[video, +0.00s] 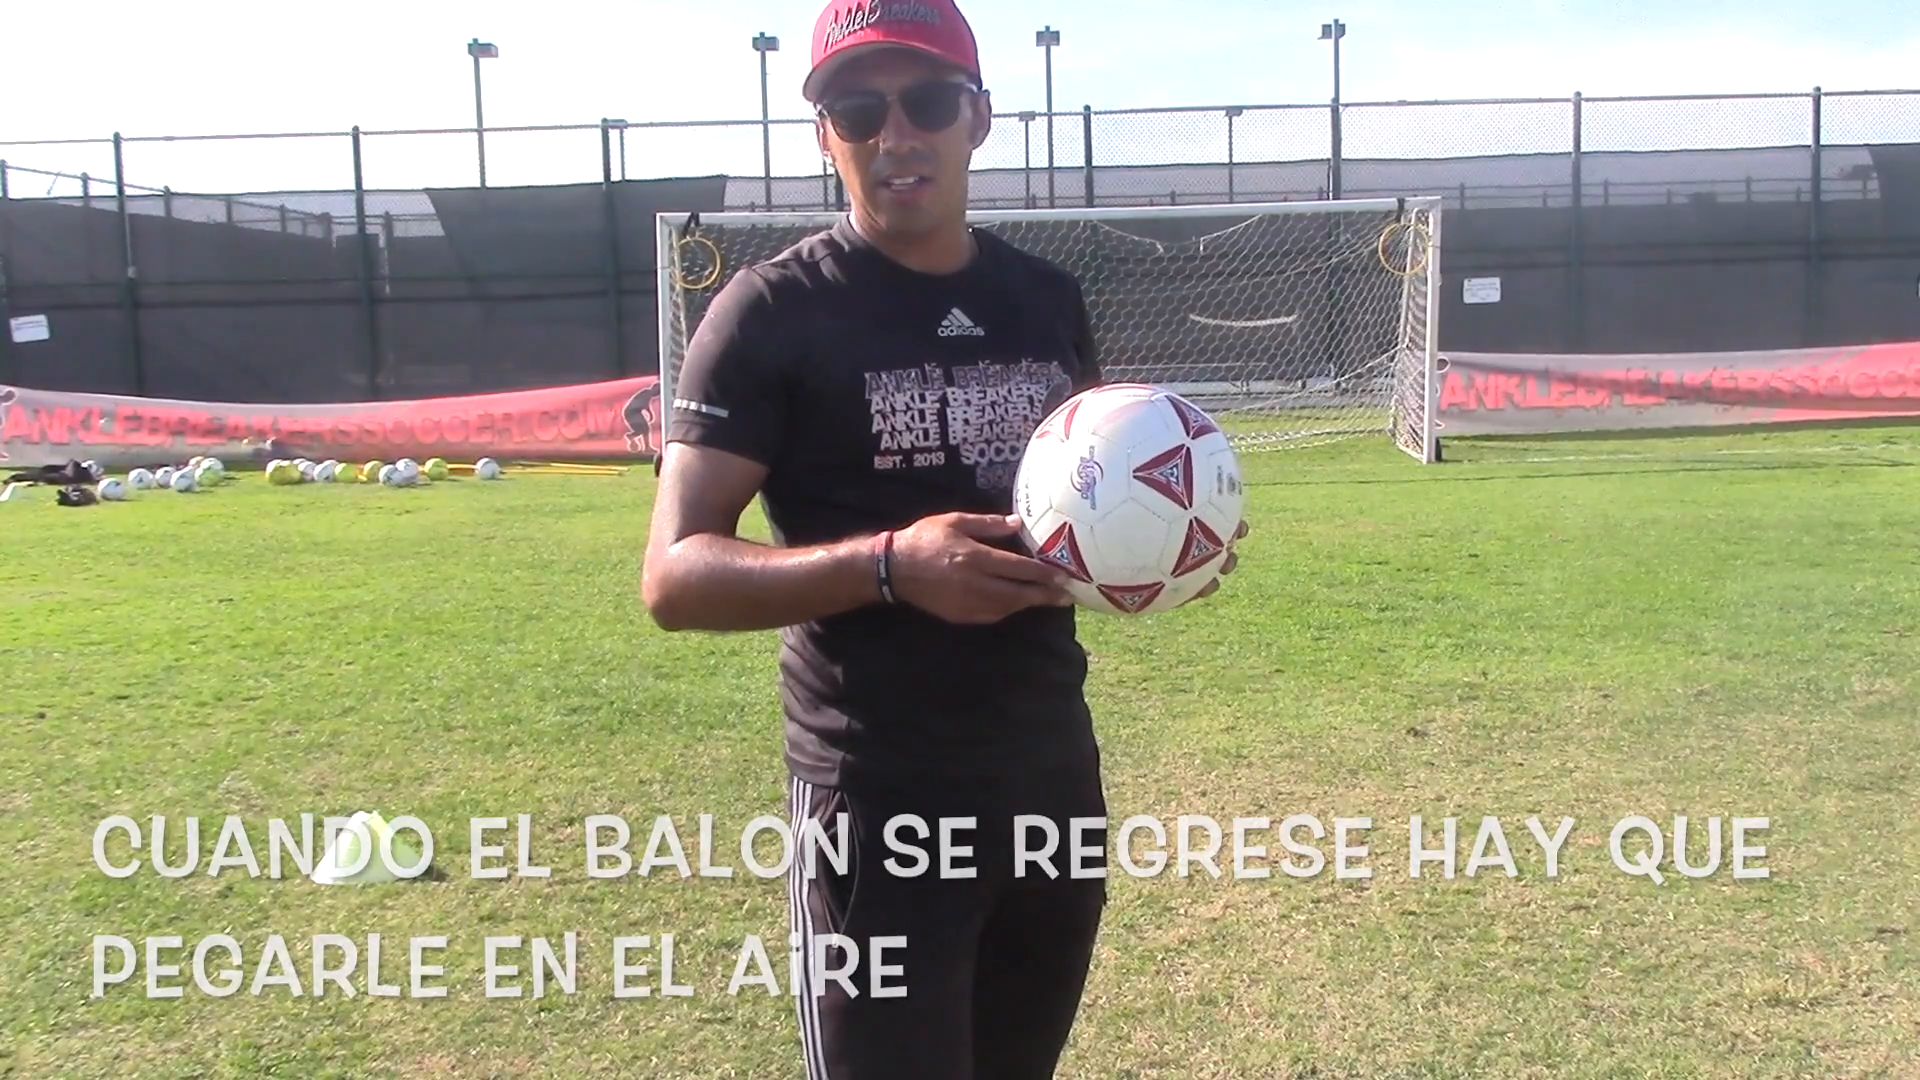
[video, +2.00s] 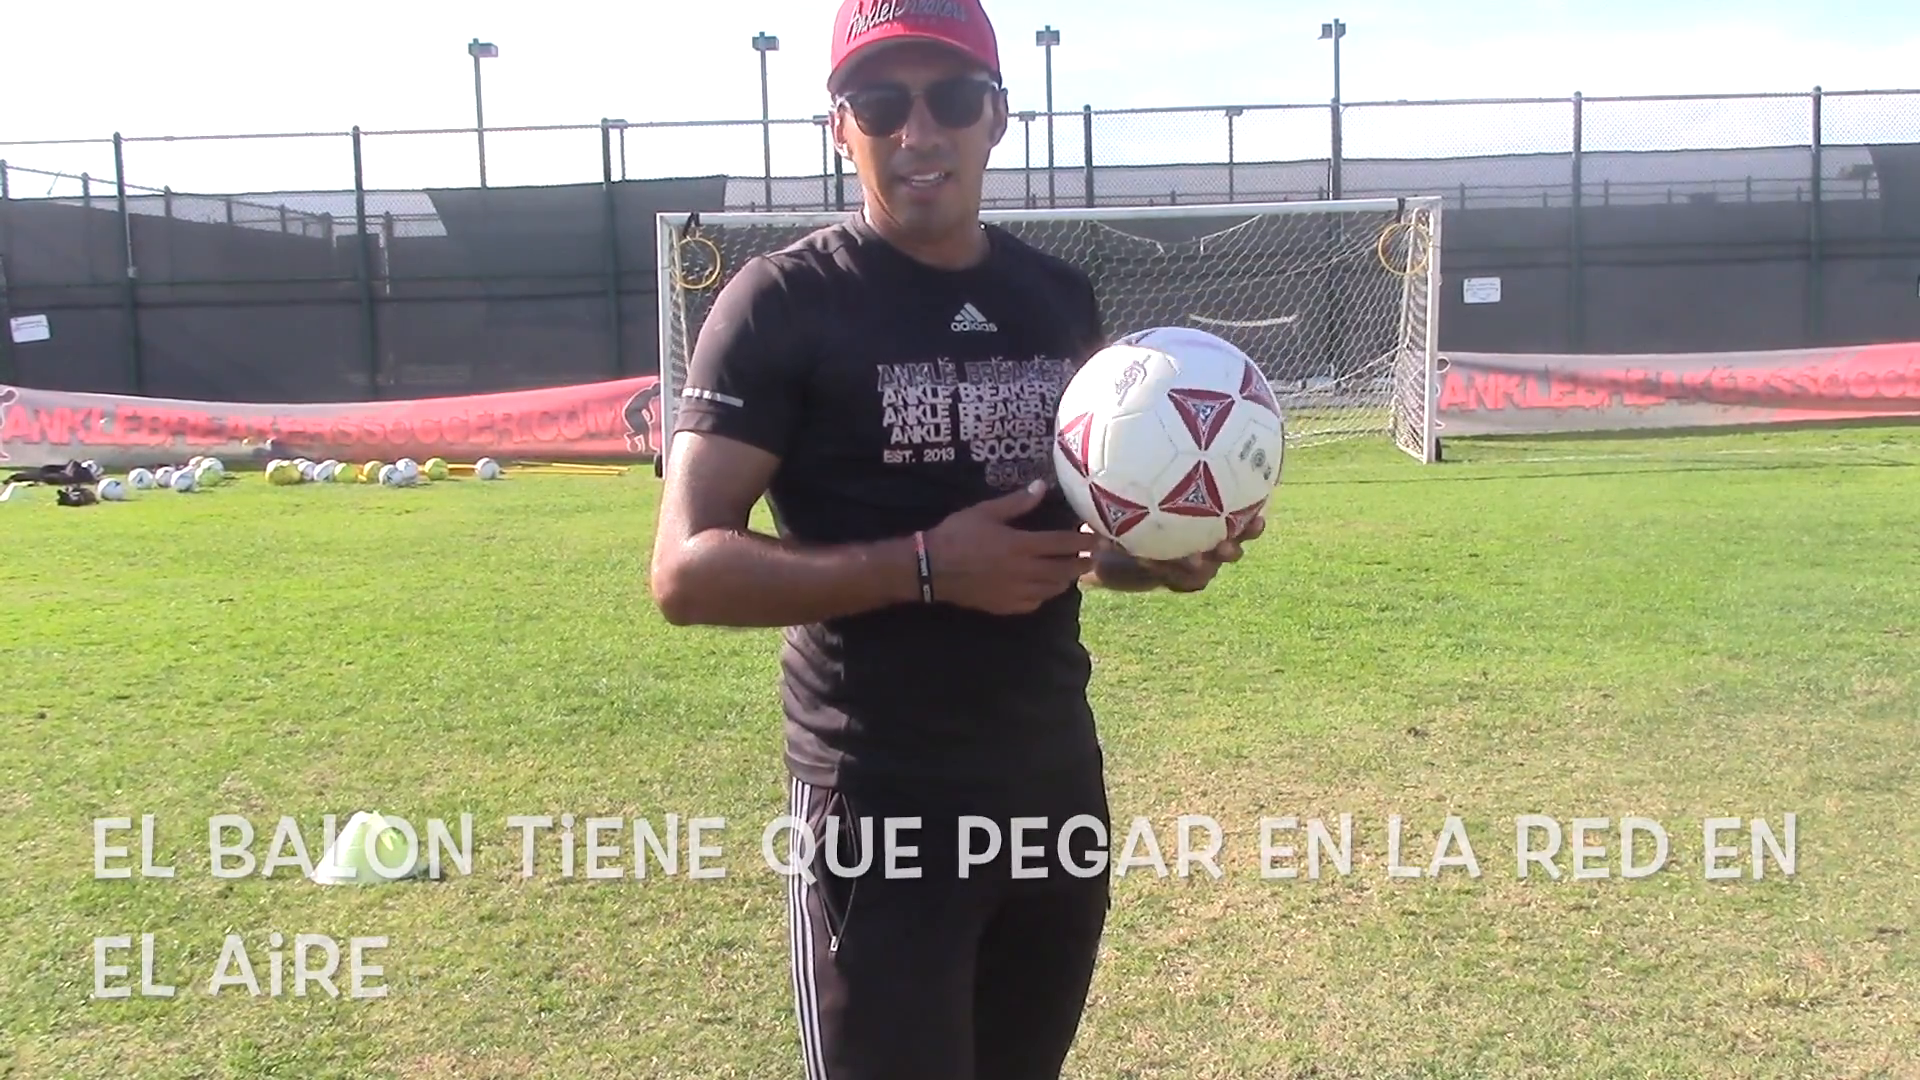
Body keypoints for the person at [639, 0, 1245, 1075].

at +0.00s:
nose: (897, 140)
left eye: (928, 104)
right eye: (862, 112)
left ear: (978, 119)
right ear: (826, 140)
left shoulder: (1046, 297)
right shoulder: (768, 312)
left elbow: (1088, 496)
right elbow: (674, 578)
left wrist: (1156, 505)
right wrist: (888, 565)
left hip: (1047, 759)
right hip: (872, 774)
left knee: (1019, 1062)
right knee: (888, 1062)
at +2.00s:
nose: (920, 134)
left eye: (952, 101)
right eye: (884, 104)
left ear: (996, 118)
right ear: (841, 129)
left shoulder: (1056, 297)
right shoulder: (776, 304)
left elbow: (1087, 527)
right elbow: (685, 571)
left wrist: (1165, 553)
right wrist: (925, 564)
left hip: (1052, 772)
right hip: (873, 783)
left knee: (1022, 1063)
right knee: (889, 1062)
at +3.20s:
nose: (896, 114)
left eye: (935, 82)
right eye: (864, 88)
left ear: (1000, 114)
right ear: (837, 124)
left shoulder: (1066, 295)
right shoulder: (762, 308)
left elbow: (1115, 505)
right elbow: (656, 573)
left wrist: (1136, 578)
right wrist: (849, 554)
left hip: (1037, 777)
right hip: (859, 795)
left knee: (1021, 1060)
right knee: (910, 1061)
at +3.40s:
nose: (901, 108)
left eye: (939, 78)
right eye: (864, 79)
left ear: (993, 113)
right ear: (823, 114)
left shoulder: (1048, 297)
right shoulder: (747, 313)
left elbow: (1086, 512)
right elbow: (633, 595)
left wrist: (1136, 596)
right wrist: (861, 599)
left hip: (1020, 776)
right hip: (847, 798)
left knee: (1019, 1061)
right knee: (900, 1063)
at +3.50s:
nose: (927, 119)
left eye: (963, 85)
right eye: (884, 86)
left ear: (998, 111)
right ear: (824, 112)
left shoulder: (1030, 286)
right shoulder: (745, 318)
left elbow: (1069, 499)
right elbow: (628, 611)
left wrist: (1154, 601)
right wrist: (884, 619)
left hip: (1001, 771)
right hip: (835, 803)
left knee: (1019, 1063)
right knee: (888, 1063)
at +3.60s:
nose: (969, 135)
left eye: (997, 97)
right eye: (924, 98)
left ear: (1023, 112)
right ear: (844, 117)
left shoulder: (1014, 280)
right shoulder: (760, 323)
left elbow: (1016, 476)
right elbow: (645, 632)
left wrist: (1099, 550)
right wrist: (933, 641)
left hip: (980, 782)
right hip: (826, 811)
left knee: (993, 1062)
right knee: (886, 1066)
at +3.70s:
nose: (1026, 140)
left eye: (1039, 100)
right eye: (984, 104)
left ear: (1054, 105)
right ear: (878, 120)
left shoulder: (984, 277)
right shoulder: (788, 318)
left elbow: (974, 493)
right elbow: (682, 641)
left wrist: (1098, 570)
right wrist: (986, 639)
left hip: (955, 789)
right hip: (818, 822)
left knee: (973, 1062)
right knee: (885, 1070)